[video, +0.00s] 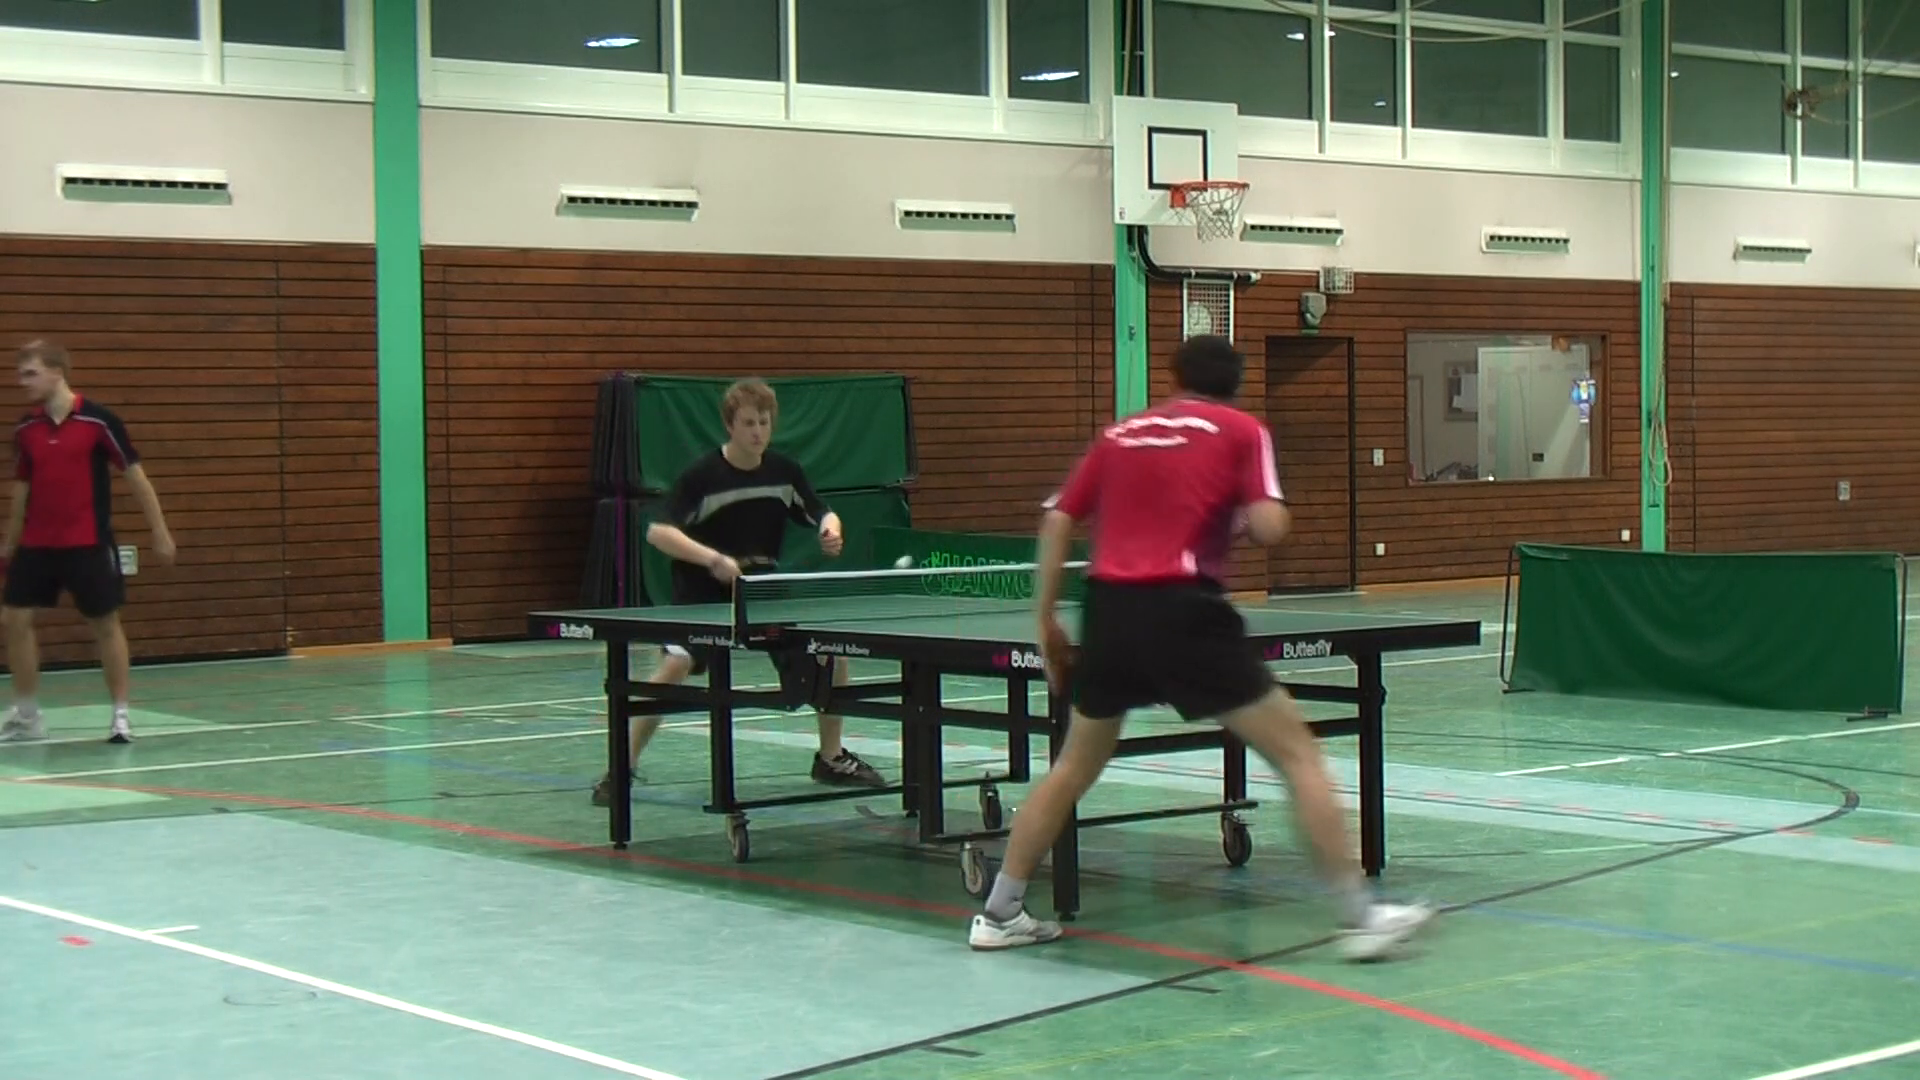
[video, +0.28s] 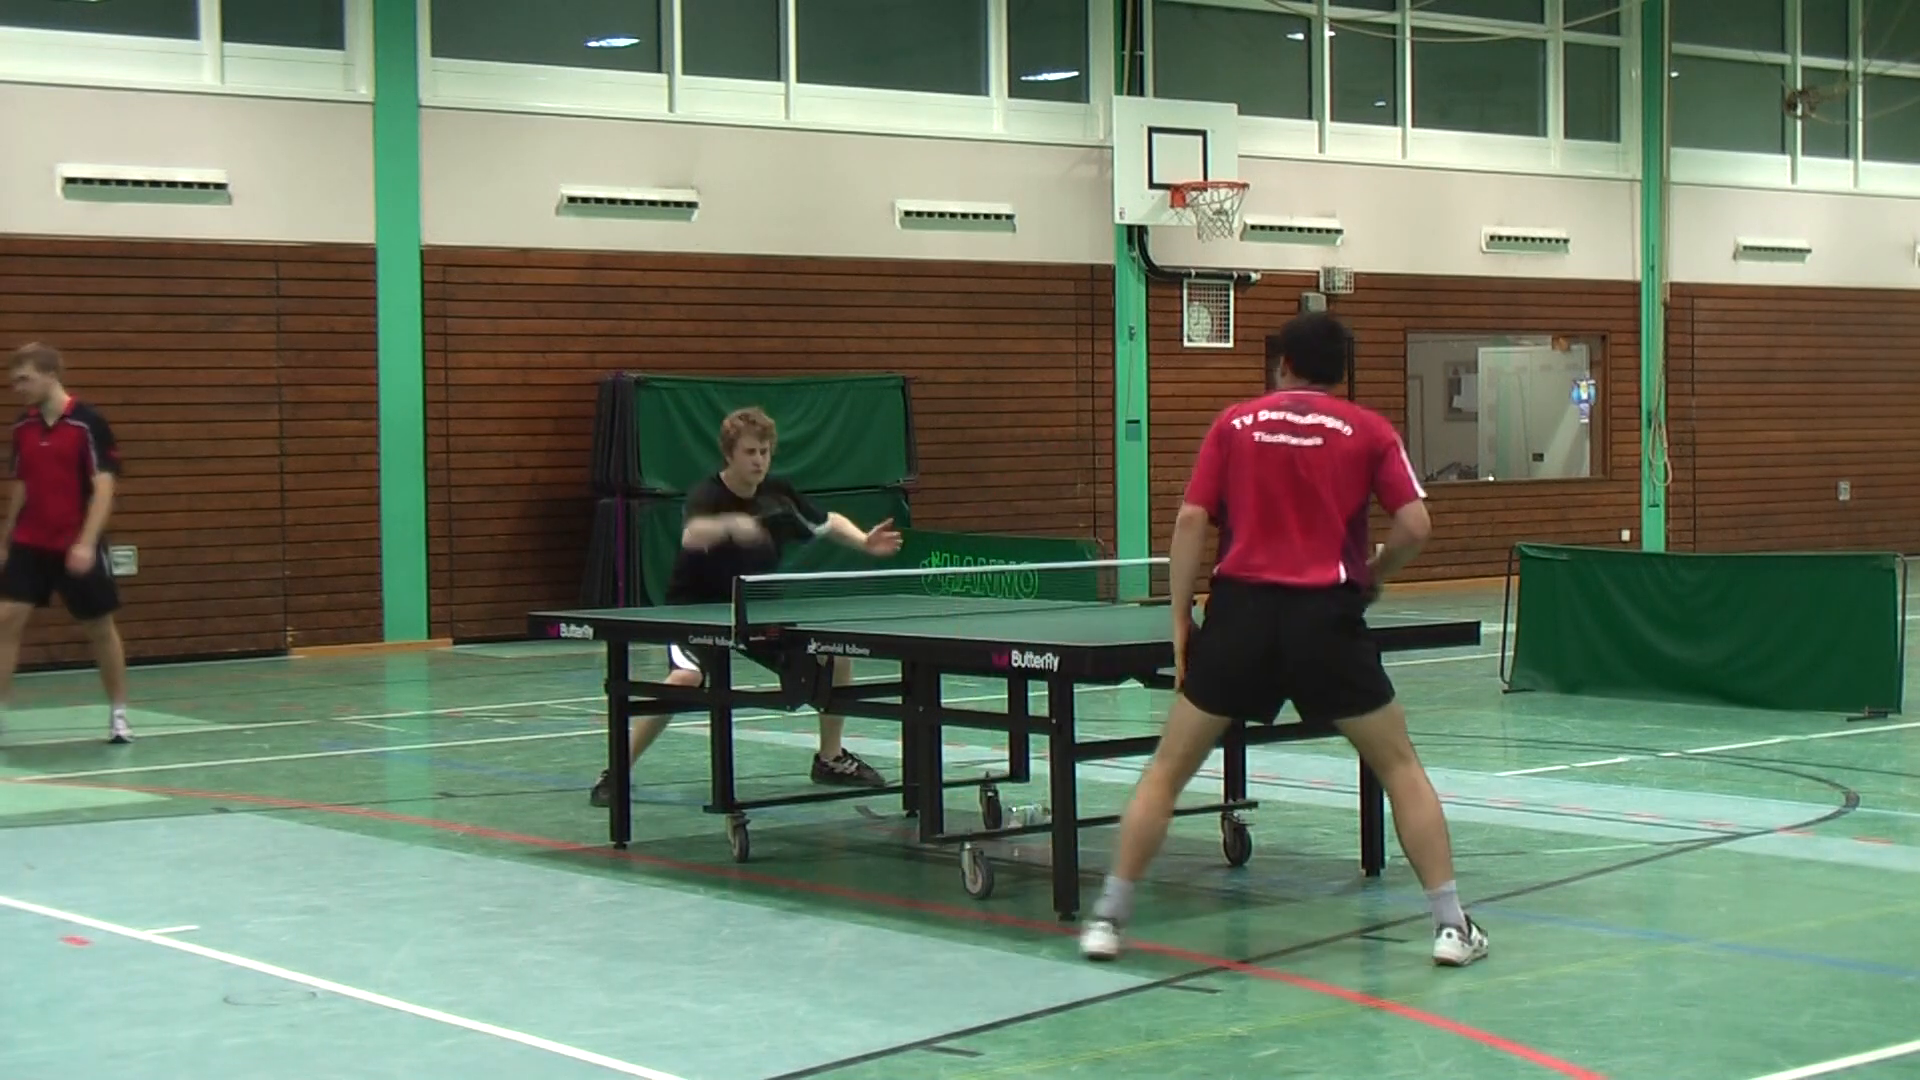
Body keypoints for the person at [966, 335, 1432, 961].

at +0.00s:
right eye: (1237, 387)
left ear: (1173, 381)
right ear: (1235, 388)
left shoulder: (1121, 432)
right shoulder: (1244, 430)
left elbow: (1057, 519)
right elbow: (1269, 525)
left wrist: (1045, 616)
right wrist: (1242, 518)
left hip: (1110, 621)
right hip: (1189, 621)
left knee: (1071, 768)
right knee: (1298, 752)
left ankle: (998, 911)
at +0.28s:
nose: (1275, 375)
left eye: (1275, 366)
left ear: (1282, 367)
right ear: (1345, 373)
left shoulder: (1234, 422)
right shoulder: (1371, 429)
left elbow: (1192, 519)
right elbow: (1414, 526)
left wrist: (1181, 618)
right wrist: (1371, 576)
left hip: (1238, 621)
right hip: (1328, 626)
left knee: (1167, 770)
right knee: (1399, 767)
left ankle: (1106, 917)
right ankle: (1453, 924)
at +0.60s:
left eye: (1308, 363)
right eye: (1358, 381)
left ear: (1302, 365)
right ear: (1362, 379)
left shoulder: (1241, 416)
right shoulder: (1369, 437)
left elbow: (1172, 504)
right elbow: (1384, 551)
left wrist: (1156, 586)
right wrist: (1444, 583)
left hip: (1235, 624)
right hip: (1325, 627)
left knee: (1170, 767)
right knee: (1401, 767)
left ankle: (1129, 925)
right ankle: (1451, 927)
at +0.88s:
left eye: (1247, 371)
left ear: (1249, 377)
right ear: (1304, 396)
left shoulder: (1224, 411)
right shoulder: (1298, 454)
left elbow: (1141, 442)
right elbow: (1260, 536)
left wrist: (1049, 476)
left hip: (1200, 606)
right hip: (1280, 615)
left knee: (1136, 762)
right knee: (1338, 778)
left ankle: (1122, 928)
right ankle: (1436, 925)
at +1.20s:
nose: (1205, 389)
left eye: (1208, 379)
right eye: (1209, 380)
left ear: (1222, 380)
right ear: (1262, 385)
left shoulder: (1236, 411)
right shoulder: (1253, 436)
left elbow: (1287, 454)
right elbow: (1200, 549)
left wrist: (1318, 526)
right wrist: (1108, 557)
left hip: (1256, 616)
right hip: (1317, 615)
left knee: (1155, 764)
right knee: (1350, 760)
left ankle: (1124, 928)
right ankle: (1460, 877)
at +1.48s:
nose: (1273, 373)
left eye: (1275, 359)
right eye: (1274, 360)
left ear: (1294, 359)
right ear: (1336, 360)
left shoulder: (1324, 412)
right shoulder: (1373, 410)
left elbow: (1341, 502)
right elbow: (1371, 511)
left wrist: (1299, 608)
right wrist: (1295, 553)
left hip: (1361, 604)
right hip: (1417, 601)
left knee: (1263, 747)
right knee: (1396, 744)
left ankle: (1276, 912)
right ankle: (1461, 887)